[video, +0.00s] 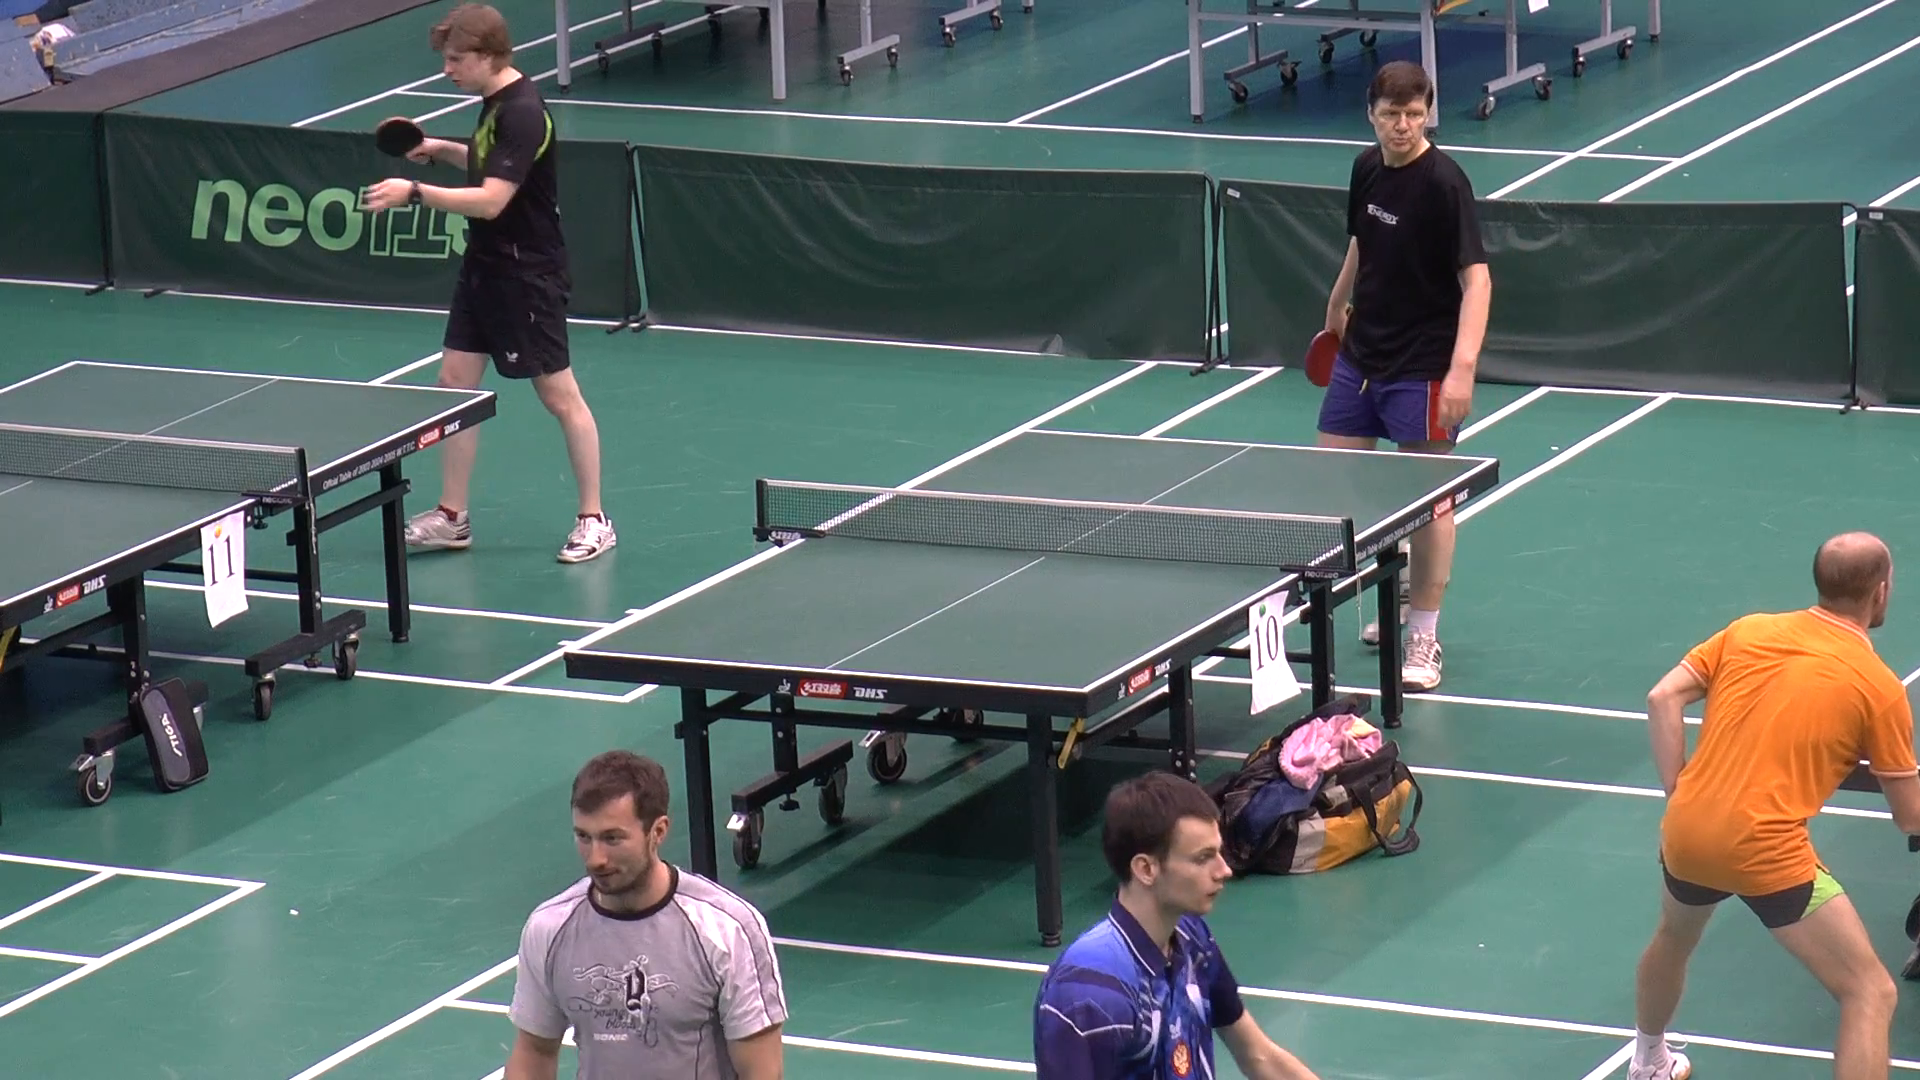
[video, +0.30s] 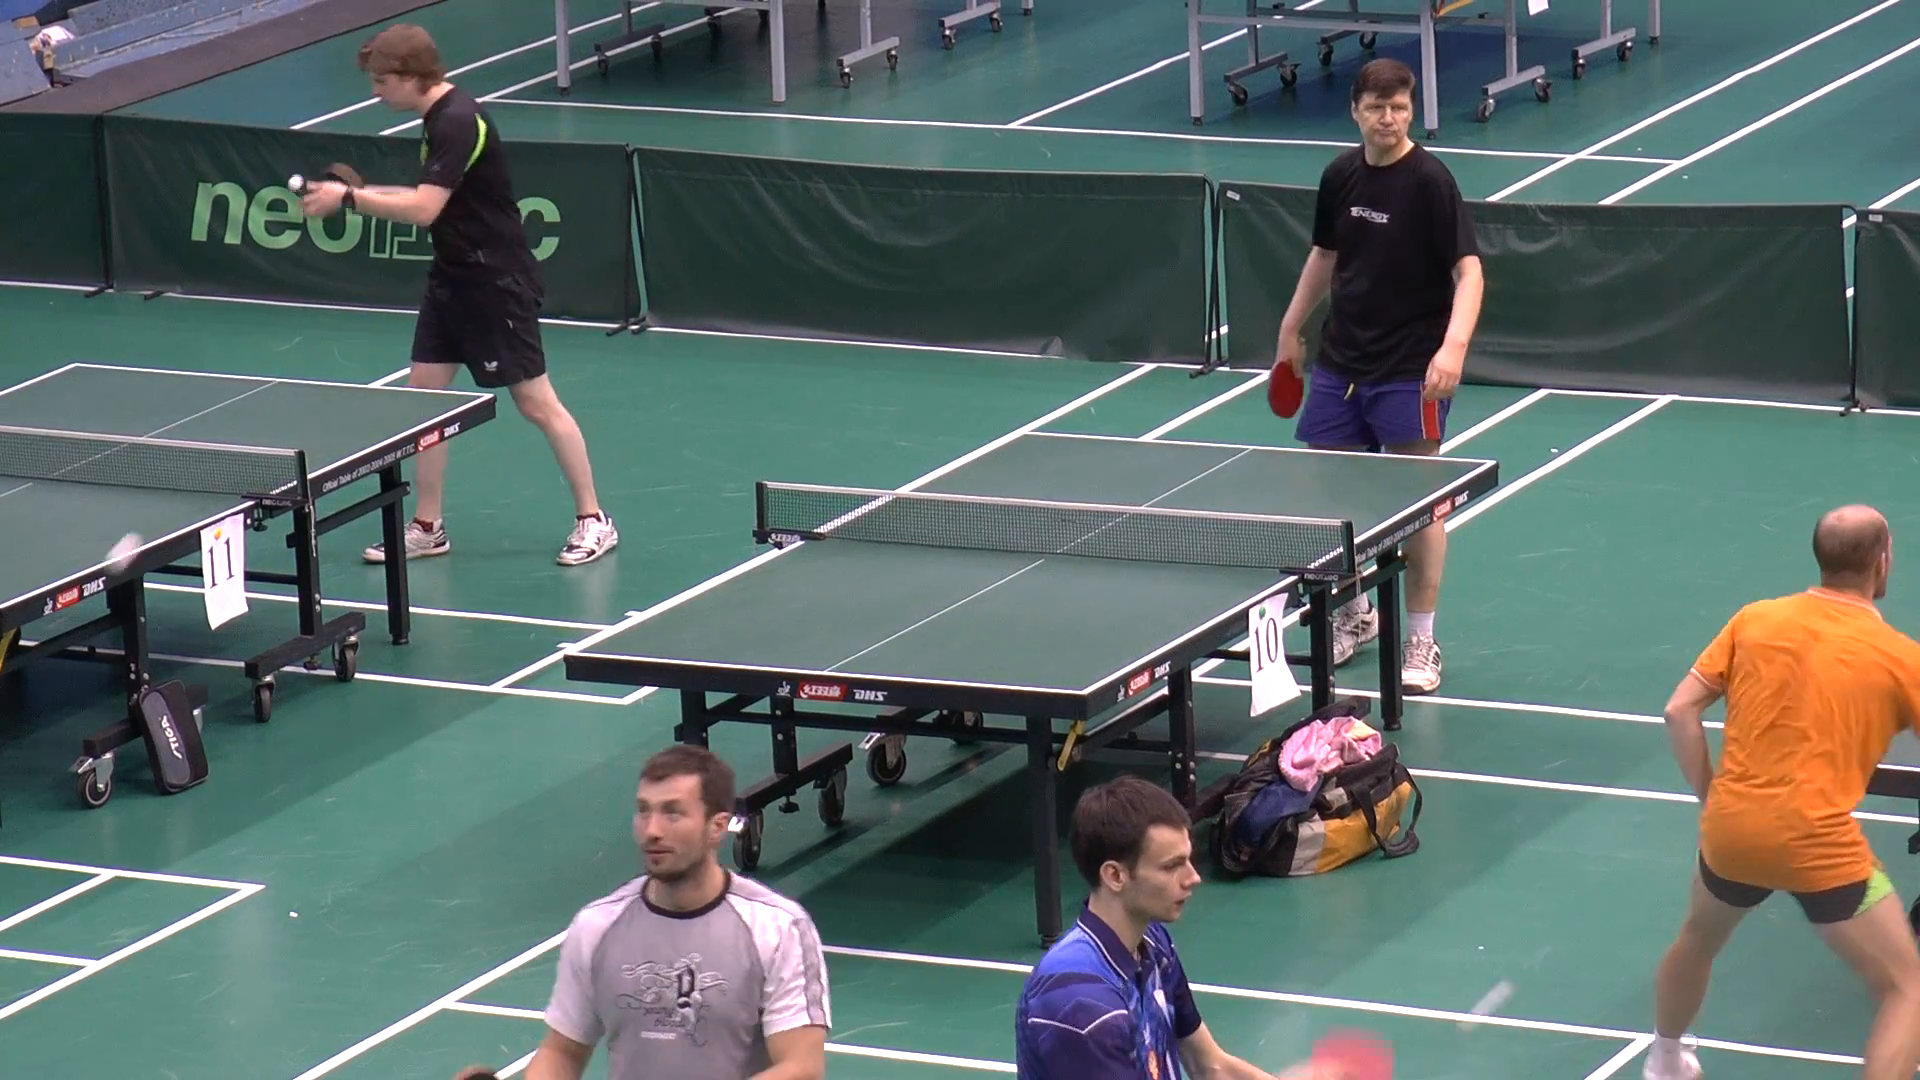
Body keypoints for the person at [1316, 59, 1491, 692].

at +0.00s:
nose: (1402, 126)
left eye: (1413, 115)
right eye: (1391, 115)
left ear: (1429, 114)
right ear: (1373, 115)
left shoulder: (1447, 183)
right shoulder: (1365, 168)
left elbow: (1478, 280)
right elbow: (1362, 246)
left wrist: (1463, 370)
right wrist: (1338, 304)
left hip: (1420, 371)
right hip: (1359, 359)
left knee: (1429, 500)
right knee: (1331, 476)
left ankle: (1423, 634)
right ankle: (1406, 588)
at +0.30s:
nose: (1387, 117)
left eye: (1398, 107)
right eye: (1376, 106)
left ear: (1413, 111)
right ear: (1356, 111)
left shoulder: (1433, 181)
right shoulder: (1339, 175)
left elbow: (1470, 273)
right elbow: (1323, 254)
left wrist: (1453, 349)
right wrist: (1290, 327)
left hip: (1407, 373)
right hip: (1337, 367)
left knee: (1420, 503)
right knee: (1322, 490)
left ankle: (1422, 638)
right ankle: (1353, 608)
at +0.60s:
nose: (1347, 108)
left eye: (1356, 98)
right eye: (1335, 101)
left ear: (1372, 105)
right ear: (1316, 112)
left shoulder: (1407, 176)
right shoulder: (1297, 182)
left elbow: (1446, 260)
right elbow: (1273, 262)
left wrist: (1479, 342)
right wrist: (1244, 338)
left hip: (1400, 364)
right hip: (1324, 368)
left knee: (1411, 499)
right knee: (1318, 495)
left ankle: (1417, 637)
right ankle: (1360, 614)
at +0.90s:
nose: (1309, 118)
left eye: (1316, 105)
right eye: (1295, 112)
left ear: (1333, 108)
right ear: (1279, 125)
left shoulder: (1384, 163)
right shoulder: (1275, 200)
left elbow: (1424, 226)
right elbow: (1249, 286)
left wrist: (1463, 293)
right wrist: (1236, 368)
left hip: (1407, 353)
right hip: (1330, 368)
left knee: (1420, 492)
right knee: (1339, 498)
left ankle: (1431, 630)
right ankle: (1361, 620)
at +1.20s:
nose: (1315, 107)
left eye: (1323, 96)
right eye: (1302, 101)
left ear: (1341, 102)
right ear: (1287, 115)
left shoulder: (1389, 157)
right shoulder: (1282, 192)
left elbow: (1441, 232)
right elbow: (1266, 279)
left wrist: (1474, 310)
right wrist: (1255, 360)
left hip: (1417, 348)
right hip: (1338, 361)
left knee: (1455, 479)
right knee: (1345, 494)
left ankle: (1493, 601)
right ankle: (1361, 621)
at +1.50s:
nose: (1368, 98)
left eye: (1379, 89)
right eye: (1358, 90)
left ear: (1400, 96)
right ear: (1344, 100)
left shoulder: (1437, 156)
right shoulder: (1332, 176)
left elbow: (1482, 238)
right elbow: (1313, 262)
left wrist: (1463, 314)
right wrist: (1285, 341)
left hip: (1443, 351)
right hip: (1365, 355)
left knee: (1474, 478)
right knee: (1360, 488)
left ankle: (1498, 591)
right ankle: (1364, 616)